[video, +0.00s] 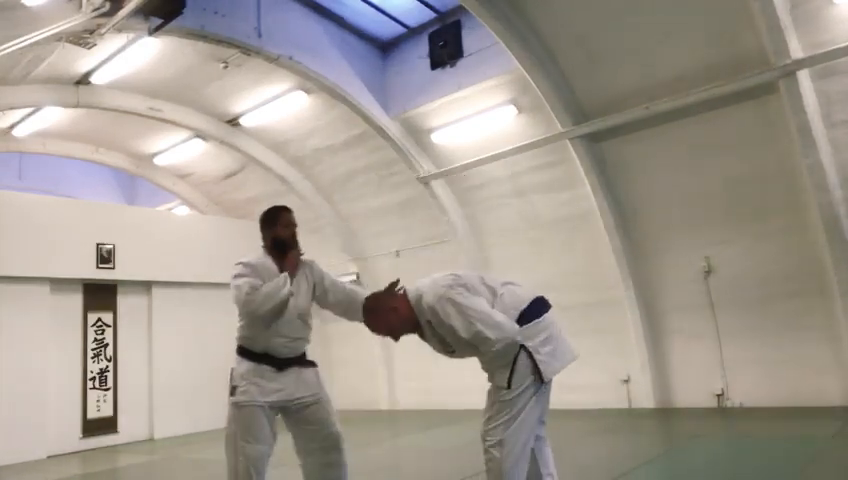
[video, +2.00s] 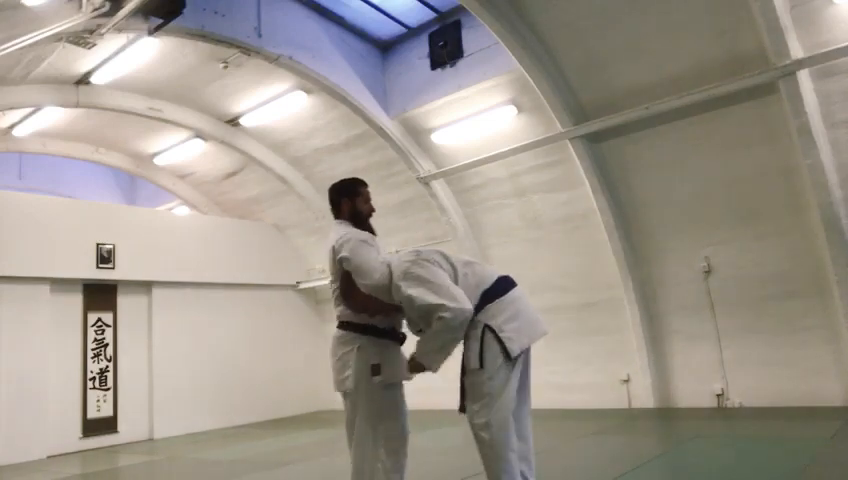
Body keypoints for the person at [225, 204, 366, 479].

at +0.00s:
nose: (294, 232)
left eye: (295, 226)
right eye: (287, 227)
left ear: (296, 231)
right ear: (269, 232)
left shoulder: (308, 271)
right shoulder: (249, 270)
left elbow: (341, 295)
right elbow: (252, 307)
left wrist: (377, 305)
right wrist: (286, 274)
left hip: (299, 373)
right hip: (254, 374)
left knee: (326, 443)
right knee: (249, 457)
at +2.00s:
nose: (372, 205)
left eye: (370, 198)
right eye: (365, 199)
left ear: (347, 205)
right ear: (346, 204)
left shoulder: (352, 238)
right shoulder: (353, 240)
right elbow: (378, 285)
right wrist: (409, 301)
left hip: (373, 348)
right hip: (366, 349)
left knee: (388, 438)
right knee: (377, 440)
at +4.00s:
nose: (388, 223)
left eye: (391, 216)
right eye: (386, 214)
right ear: (365, 205)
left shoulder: (381, 242)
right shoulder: (340, 235)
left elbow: (413, 270)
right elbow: (384, 261)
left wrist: (459, 283)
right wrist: (442, 265)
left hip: (344, 346)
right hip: (323, 343)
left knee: (334, 435)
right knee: (359, 420)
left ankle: (308, 474)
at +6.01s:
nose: (415, 200)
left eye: (422, 194)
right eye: (408, 190)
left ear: (427, 202)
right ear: (389, 192)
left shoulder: (428, 248)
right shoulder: (366, 236)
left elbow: (456, 299)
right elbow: (352, 206)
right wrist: (385, 181)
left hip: (427, 363)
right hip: (377, 363)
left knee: (474, 454)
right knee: (387, 468)